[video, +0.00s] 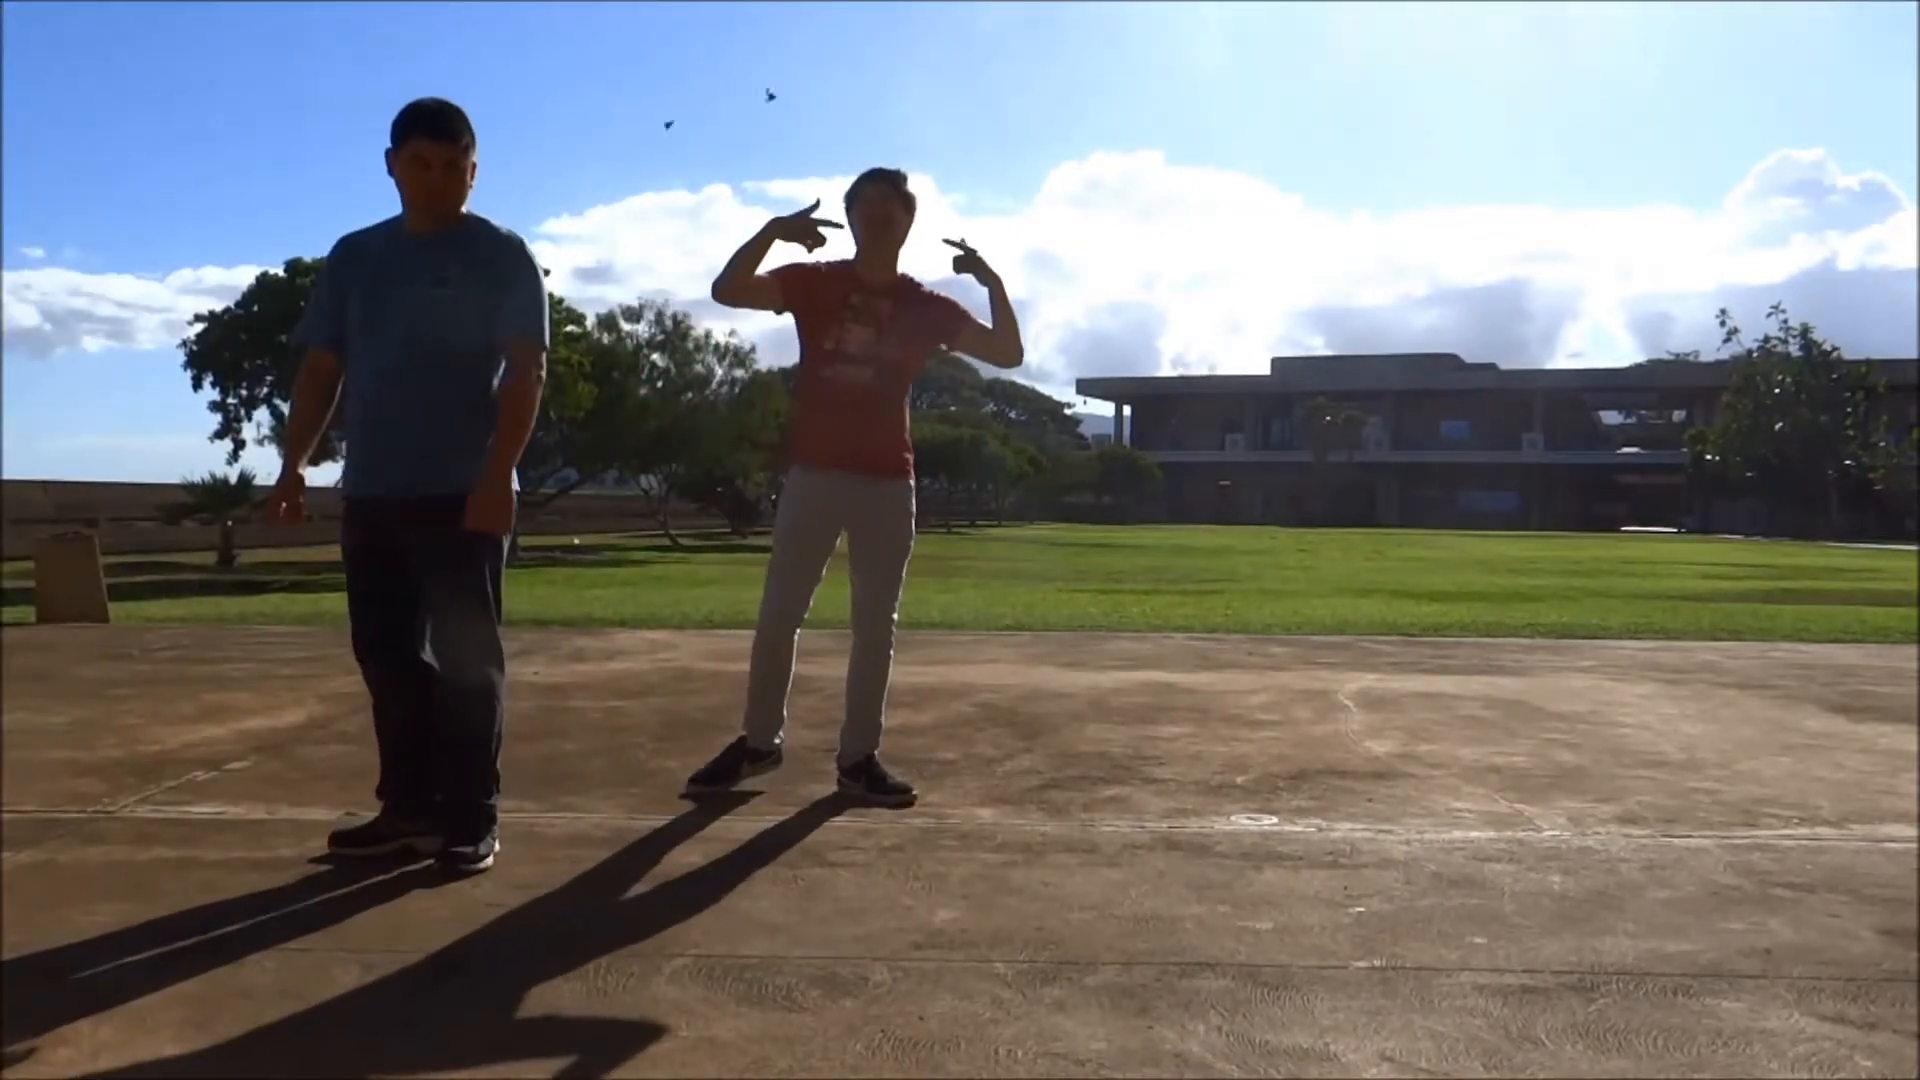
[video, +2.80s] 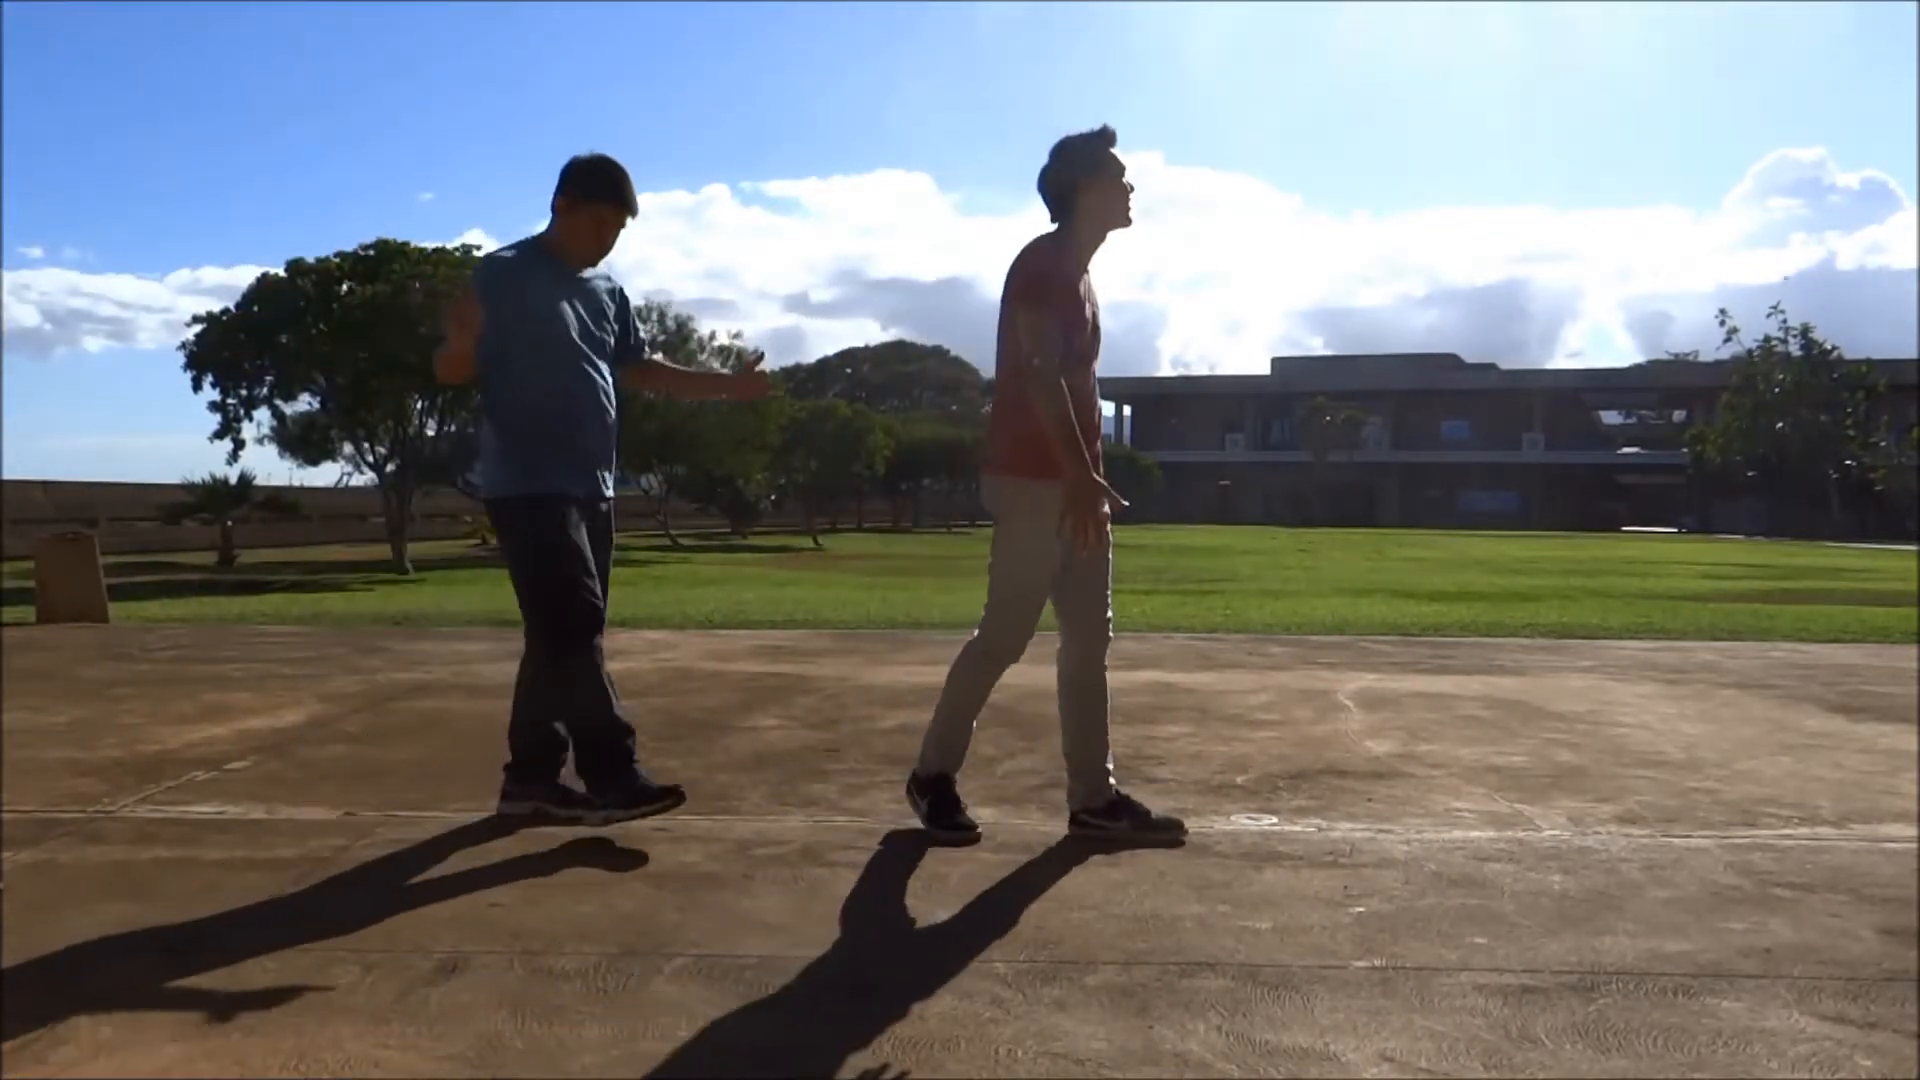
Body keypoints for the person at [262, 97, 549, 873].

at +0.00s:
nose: (439, 178)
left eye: (452, 163)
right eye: (422, 164)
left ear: (473, 168)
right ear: (393, 166)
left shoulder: (503, 256)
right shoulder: (354, 257)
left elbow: (525, 370)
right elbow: (321, 368)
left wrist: (498, 476)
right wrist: (294, 463)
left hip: (466, 491)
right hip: (375, 491)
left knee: (467, 659)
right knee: (387, 658)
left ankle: (472, 823)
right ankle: (407, 811)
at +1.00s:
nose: (426, 183)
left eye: (434, 169)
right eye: (410, 168)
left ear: (442, 176)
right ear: (368, 169)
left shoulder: (463, 266)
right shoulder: (311, 255)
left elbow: (502, 362)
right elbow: (251, 350)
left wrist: (533, 419)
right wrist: (274, 370)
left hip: (444, 493)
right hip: (344, 497)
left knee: (457, 658)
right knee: (334, 661)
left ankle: (477, 816)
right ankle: (329, 811)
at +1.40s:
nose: (395, 177)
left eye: (403, 165)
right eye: (378, 163)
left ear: (412, 175)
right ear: (337, 169)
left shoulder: (425, 263)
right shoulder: (286, 255)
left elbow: (479, 354)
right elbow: (217, 347)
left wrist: (517, 309)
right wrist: (250, 267)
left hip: (411, 486)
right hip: (315, 492)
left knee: (422, 653)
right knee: (324, 660)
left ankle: (413, 794)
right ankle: (329, 806)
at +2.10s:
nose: (478, 217)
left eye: (486, 204)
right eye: (465, 202)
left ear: (493, 204)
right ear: (425, 195)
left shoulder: (490, 280)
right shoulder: (365, 265)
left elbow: (539, 363)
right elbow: (298, 348)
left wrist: (561, 293)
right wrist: (336, 262)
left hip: (474, 495)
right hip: (385, 497)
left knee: (503, 639)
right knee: (362, 658)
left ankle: (524, 778)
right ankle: (335, 805)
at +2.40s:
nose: (553, 234)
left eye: (559, 222)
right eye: (545, 220)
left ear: (557, 219)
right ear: (504, 208)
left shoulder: (560, 293)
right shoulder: (435, 274)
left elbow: (597, 367)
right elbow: (381, 362)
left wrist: (672, 333)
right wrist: (370, 298)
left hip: (550, 492)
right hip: (469, 491)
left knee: (554, 636)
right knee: (452, 637)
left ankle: (533, 779)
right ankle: (385, 794)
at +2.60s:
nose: (586, 233)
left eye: (593, 221)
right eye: (579, 218)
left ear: (589, 218)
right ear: (538, 204)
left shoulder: (590, 293)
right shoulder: (469, 273)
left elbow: (617, 370)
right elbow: (420, 365)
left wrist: (703, 338)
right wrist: (417, 308)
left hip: (574, 488)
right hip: (500, 487)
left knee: (566, 637)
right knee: (515, 632)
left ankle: (544, 780)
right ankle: (503, 796)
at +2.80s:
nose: (613, 240)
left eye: (621, 227)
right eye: (608, 223)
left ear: (616, 223)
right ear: (566, 207)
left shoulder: (608, 293)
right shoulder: (501, 274)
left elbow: (639, 368)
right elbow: (453, 369)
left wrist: (731, 384)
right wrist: (462, 343)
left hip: (591, 485)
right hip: (527, 483)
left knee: (564, 626)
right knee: (575, 620)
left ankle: (530, 779)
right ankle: (615, 778)